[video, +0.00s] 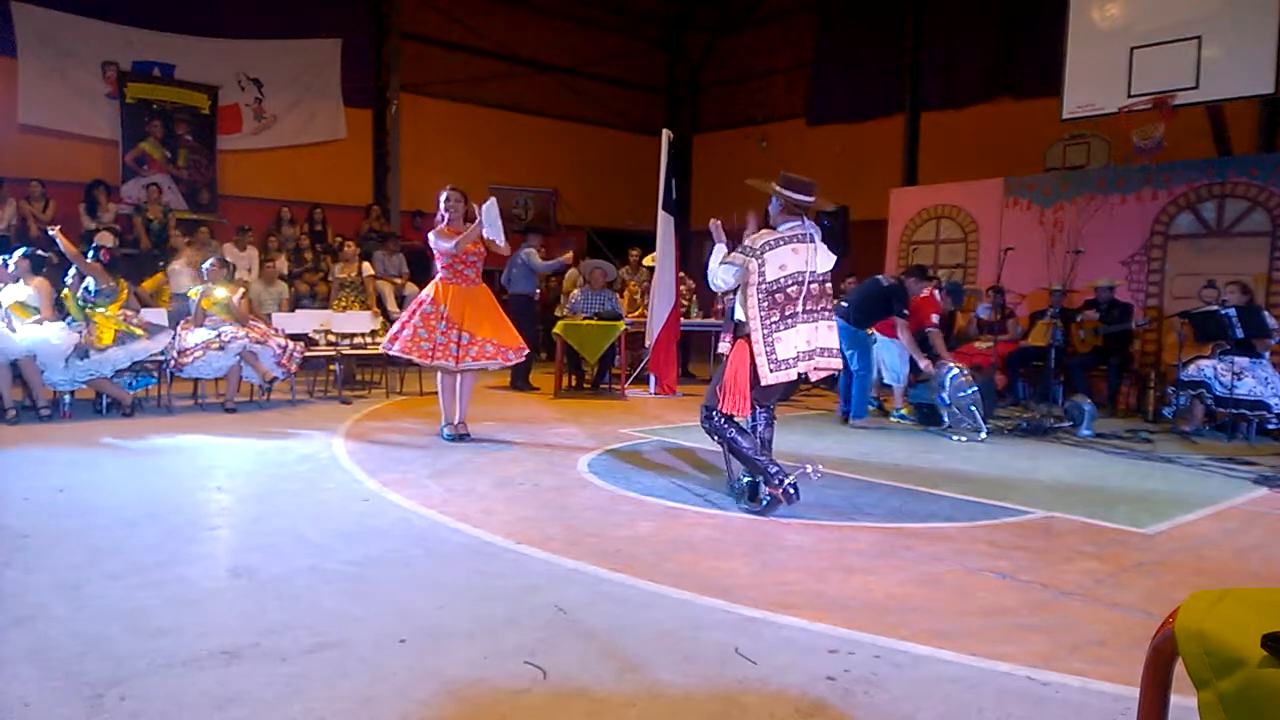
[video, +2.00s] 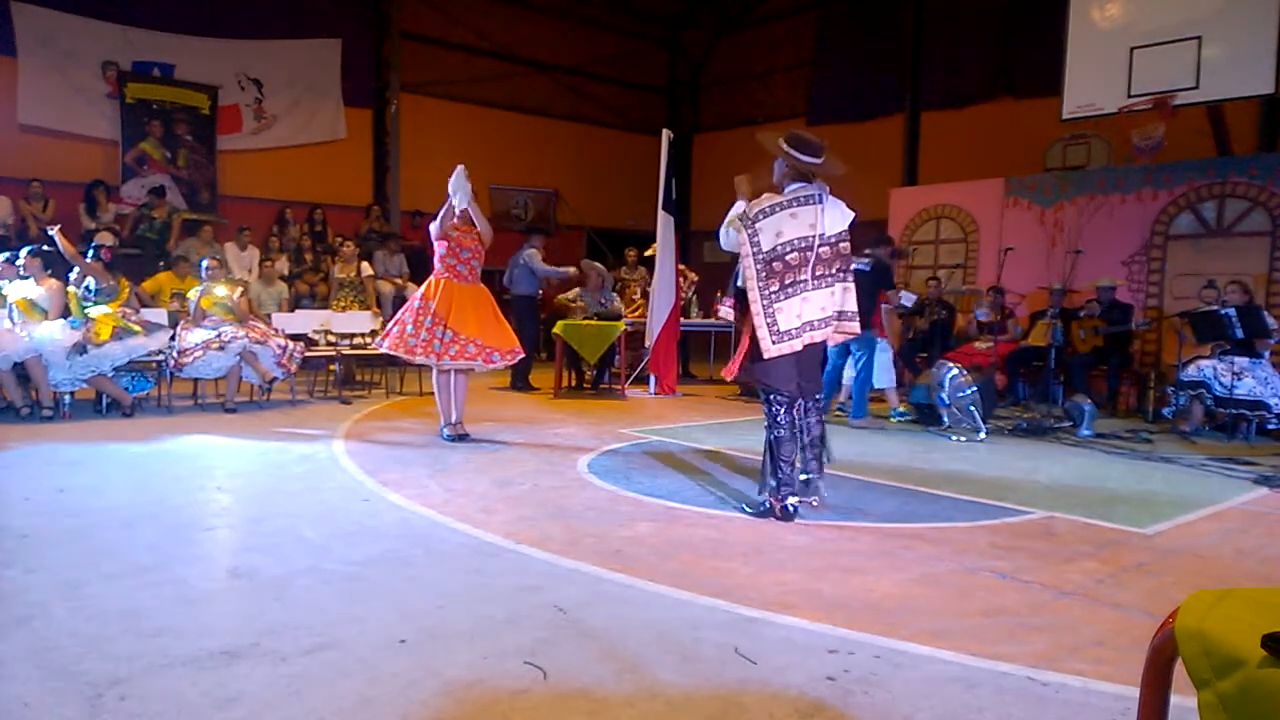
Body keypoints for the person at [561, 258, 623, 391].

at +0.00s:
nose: (598, 280)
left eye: (600, 277)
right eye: (595, 276)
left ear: (605, 279)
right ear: (589, 278)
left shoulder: (611, 295)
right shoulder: (577, 293)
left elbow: (619, 315)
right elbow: (566, 312)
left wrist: (601, 317)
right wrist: (578, 317)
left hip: (602, 331)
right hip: (580, 330)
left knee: (609, 350)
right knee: (571, 347)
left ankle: (597, 381)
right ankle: (579, 377)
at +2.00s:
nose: (587, 279)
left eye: (591, 276)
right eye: (587, 276)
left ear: (600, 279)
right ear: (587, 278)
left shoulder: (611, 296)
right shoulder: (579, 292)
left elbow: (619, 311)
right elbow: (559, 299)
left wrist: (598, 313)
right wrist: (573, 306)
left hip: (602, 331)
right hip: (580, 330)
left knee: (609, 348)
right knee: (571, 346)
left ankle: (597, 380)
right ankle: (579, 377)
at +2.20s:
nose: (583, 277)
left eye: (587, 274)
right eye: (584, 274)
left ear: (598, 278)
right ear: (584, 277)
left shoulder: (610, 295)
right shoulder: (578, 292)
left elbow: (618, 311)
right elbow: (557, 298)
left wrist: (601, 302)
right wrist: (572, 301)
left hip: (602, 330)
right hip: (579, 329)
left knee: (610, 348)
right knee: (570, 346)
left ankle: (597, 380)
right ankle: (579, 377)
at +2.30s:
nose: (585, 277)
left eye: (589, 274)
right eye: (584, 274)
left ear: (597, 278)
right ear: (581, 276)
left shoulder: (609, 296)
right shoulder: (575, 294)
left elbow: (618, 311)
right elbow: (555, 299)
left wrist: (600, 300)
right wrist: (568, 300)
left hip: (602, 331)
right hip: (580, 330)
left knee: (609, 347)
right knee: (570, 345)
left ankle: (597, 380)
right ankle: (579, 376)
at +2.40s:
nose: (583, 278)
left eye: (587, 275)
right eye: (582, 275)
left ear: (595, 279)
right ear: (579, 277)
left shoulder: (607, 295)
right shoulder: (575, 294)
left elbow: (616, 311)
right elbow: (555, 299)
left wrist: (600, 300)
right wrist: (571, 301)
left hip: (601, 330)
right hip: (579, 330)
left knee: (610, 348)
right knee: (570, 346)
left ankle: (597, 380)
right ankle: (579, 377)